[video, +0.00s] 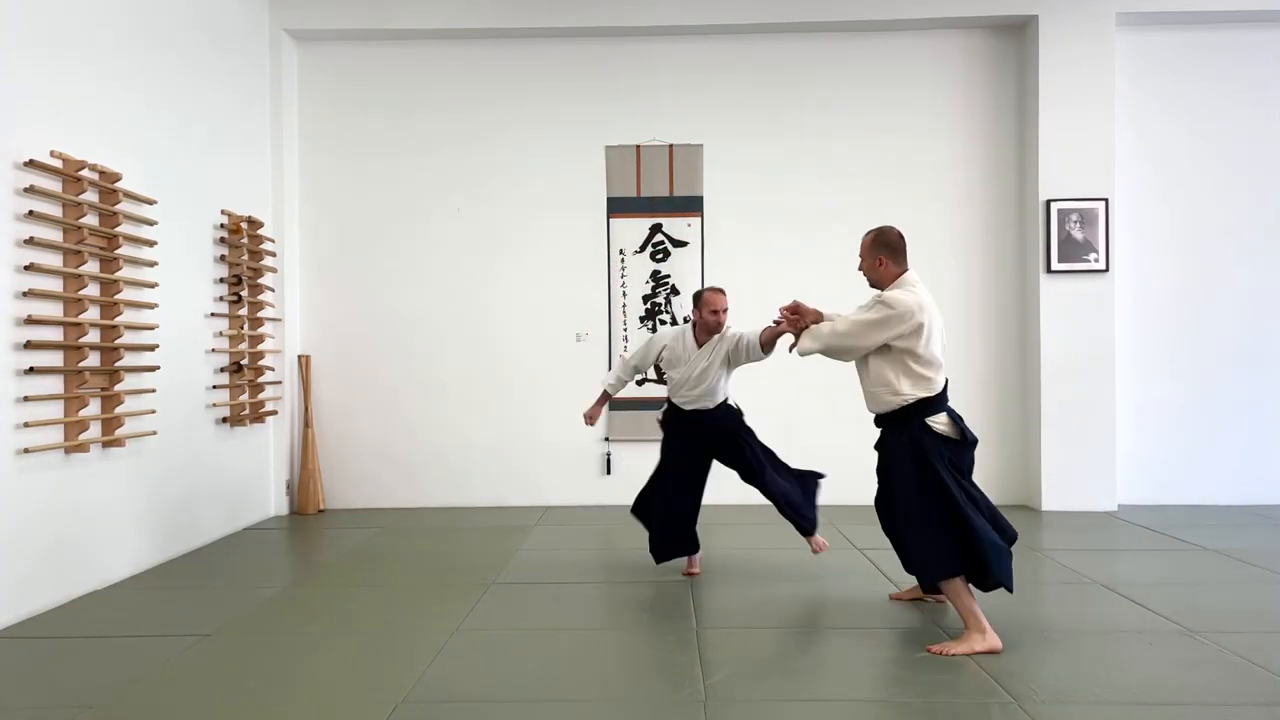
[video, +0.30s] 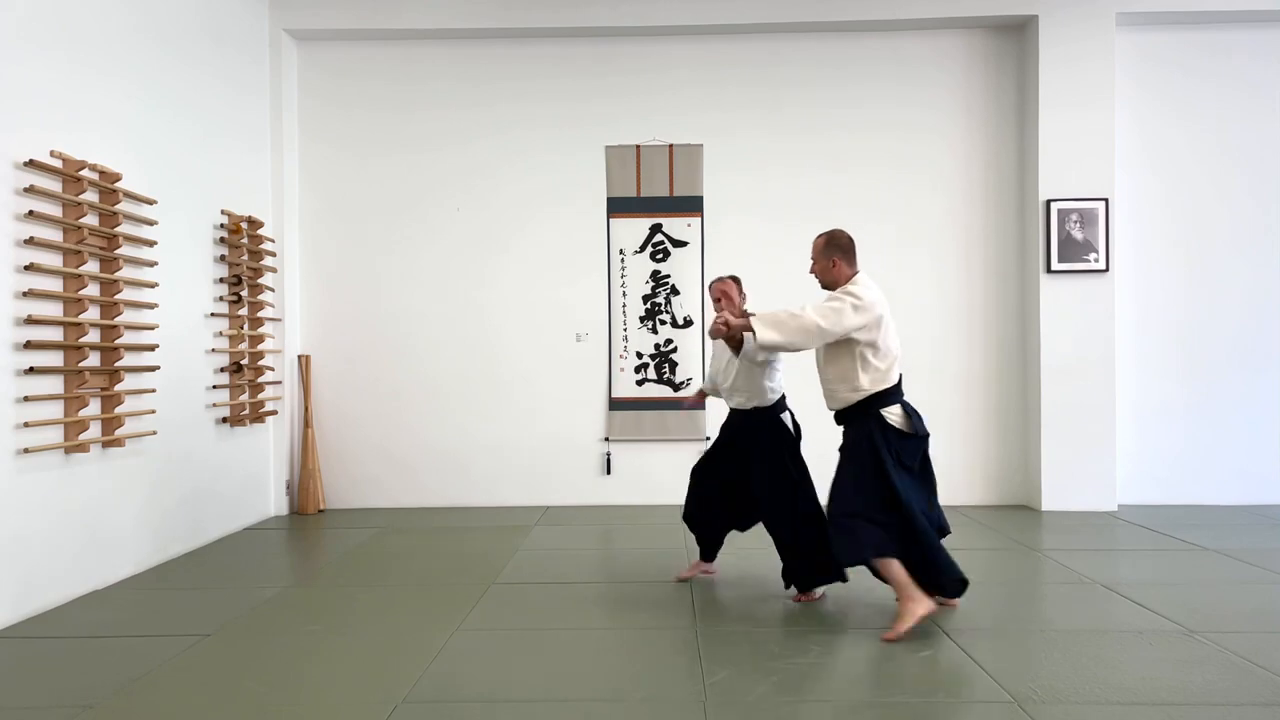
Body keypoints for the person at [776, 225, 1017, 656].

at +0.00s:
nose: (862, 269)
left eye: (864, 261)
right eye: (862, 261)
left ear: (881, 262)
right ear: (895, 261)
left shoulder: (899, 304)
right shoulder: (906, 296)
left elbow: (848, 339)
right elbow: (860, 325)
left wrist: (806, 331)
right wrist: (819, 317)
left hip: (916, 431)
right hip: (908, 426)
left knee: (925, 525)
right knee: (894, 508)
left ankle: (980, 632)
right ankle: (932, 583)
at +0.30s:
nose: (812, 270)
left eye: (815, 262)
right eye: (812, 262)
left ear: (836, 263)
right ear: (843, 262)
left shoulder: (857, 299)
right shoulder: (853, 295)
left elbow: (807, 324)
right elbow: (801, 330)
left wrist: (749, 324)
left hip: (873, 424)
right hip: (876, 418)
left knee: (849, 516)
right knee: (894, 507)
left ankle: (911, 596)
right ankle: (941, 587)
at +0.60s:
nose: (746, 270)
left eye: (749, 263)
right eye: (747, 263)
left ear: (767, 265)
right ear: (780, 265)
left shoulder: (781, 305)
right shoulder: (798, 300)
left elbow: (724, 309)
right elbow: (748, 351)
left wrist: (676, 295)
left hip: (793, 422)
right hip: (812, 416)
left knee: (759, 508)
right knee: (834, 503)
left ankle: (789, 605)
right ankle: (903, 567)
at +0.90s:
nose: (681, 270)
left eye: (688, 262)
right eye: (679, 264)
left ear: (707, 264)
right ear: (683, 271)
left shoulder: (730, 304)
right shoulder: (677, 305)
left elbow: (705, 246)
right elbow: (633, 288)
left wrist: (677, 228)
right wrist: (649, 248)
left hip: (717, 419)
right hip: (675, 419)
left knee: (732, 516)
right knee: (628, 494)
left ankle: (787, 605)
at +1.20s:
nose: (651, 304)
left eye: (655, 299)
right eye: (647, 296)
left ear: (655, 297)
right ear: (624, 286)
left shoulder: (649, 329)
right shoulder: (590, 318)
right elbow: (630, 336)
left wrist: (696, 332)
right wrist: (678, 311)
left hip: (643, 436)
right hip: (595, 436)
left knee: (677, 506)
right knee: (563, 509)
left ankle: (708, 587)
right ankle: (548, 576)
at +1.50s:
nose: (646, 330)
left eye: (652, 323)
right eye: (639, 322)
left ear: (657, 317)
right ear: (618, 313)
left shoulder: (664, 344)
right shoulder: (590, 341)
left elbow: (679, 394)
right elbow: (573, 394)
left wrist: (660, 407)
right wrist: (627, 410)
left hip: (647, 442)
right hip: (599, 439)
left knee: (675, 511)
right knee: (567, 506)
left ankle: (697, 595)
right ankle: (547, 580)